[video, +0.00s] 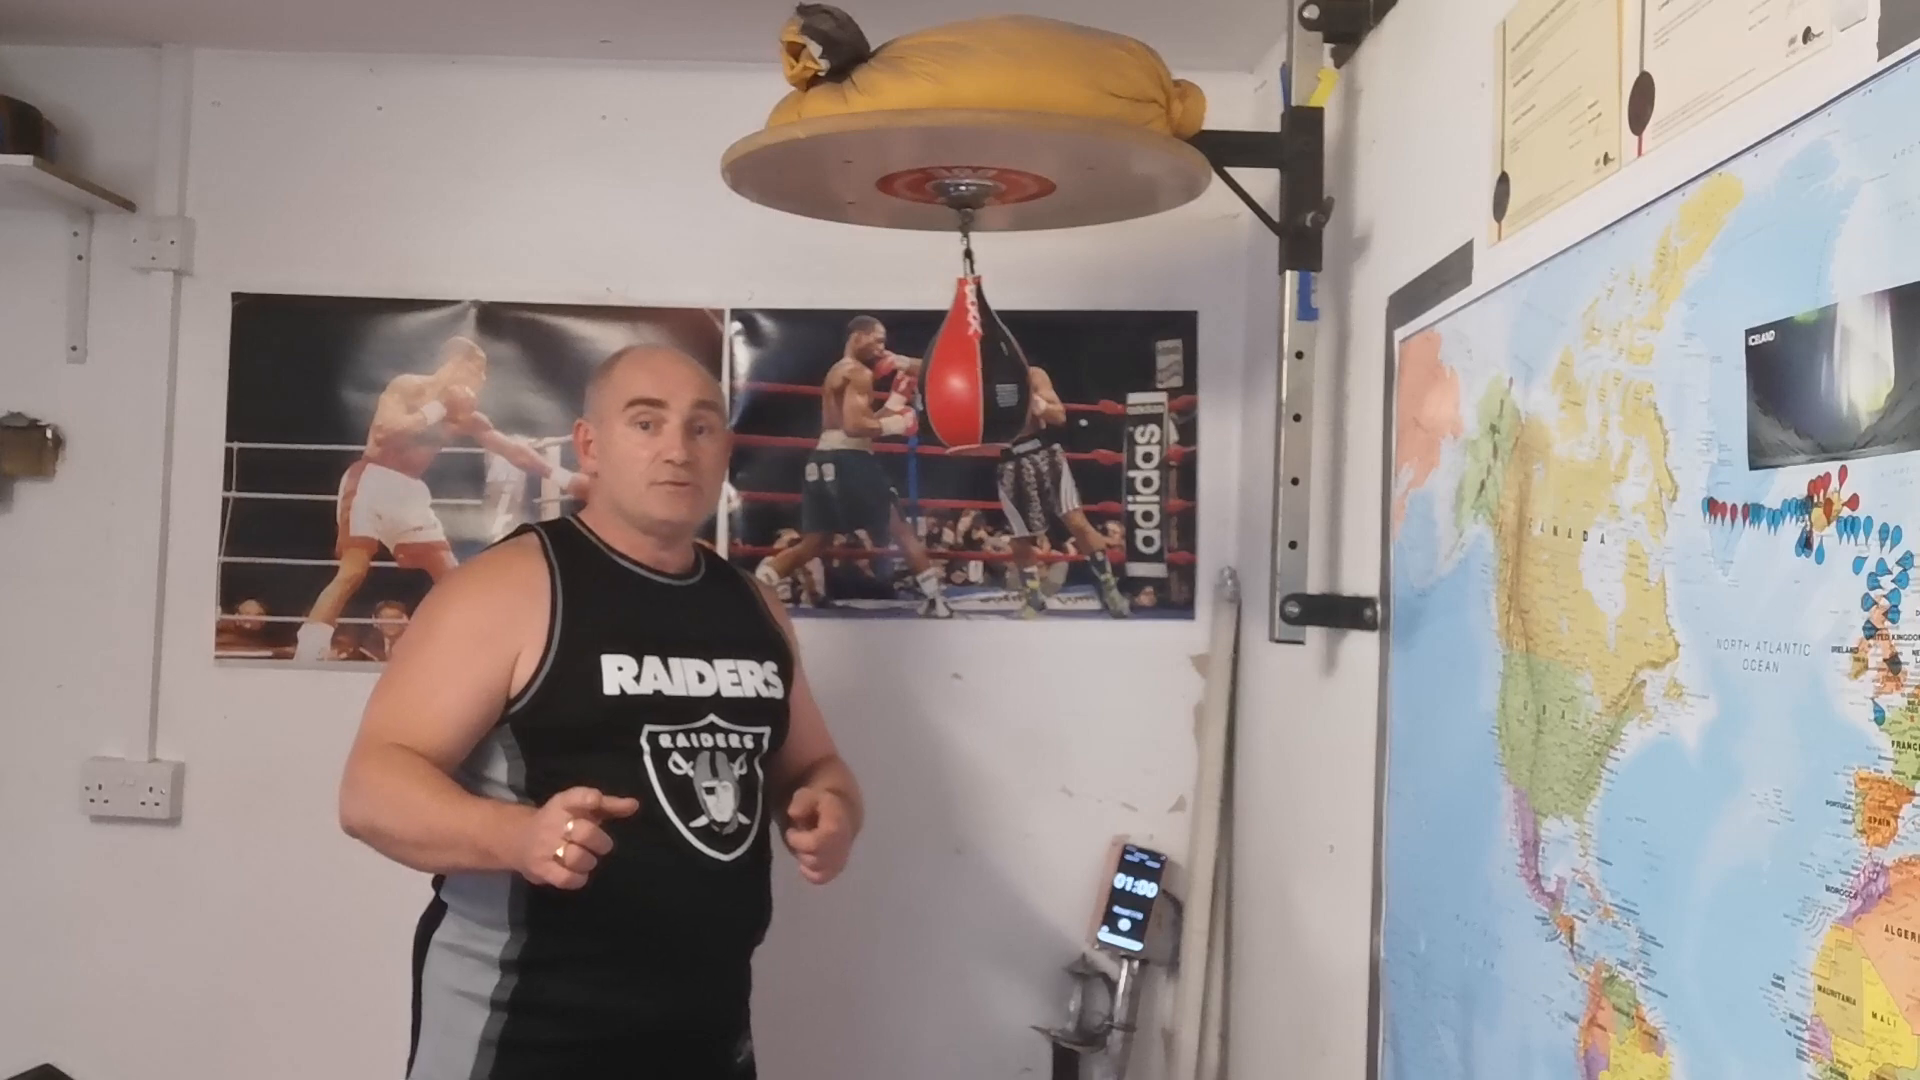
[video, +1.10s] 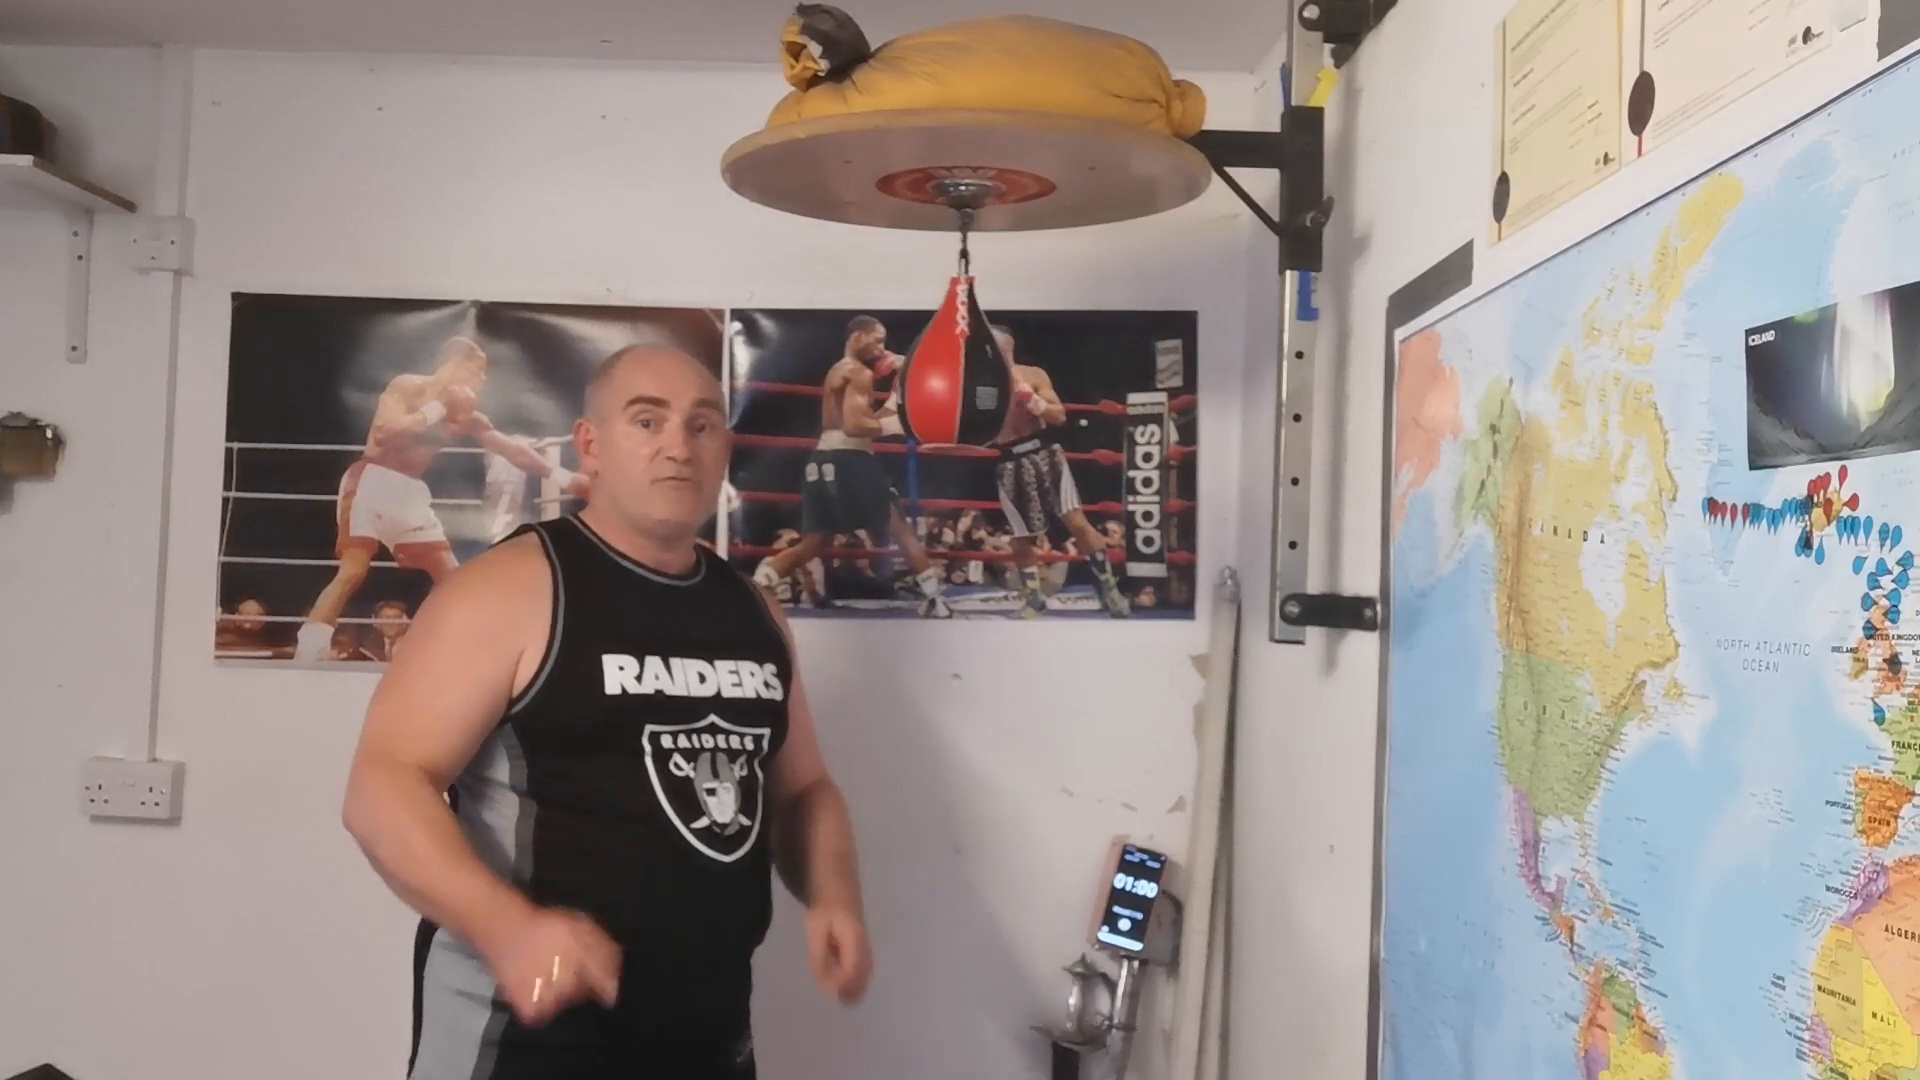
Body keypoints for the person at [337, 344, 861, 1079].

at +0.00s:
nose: (677, 449)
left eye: (701, 425)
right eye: (645, 421)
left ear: (727, 454)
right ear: (587, 445)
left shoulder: (750, 607)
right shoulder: (505, 588)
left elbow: (813, 765)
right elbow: (374, 787)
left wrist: (829, 813)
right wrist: (513, 834)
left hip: (702, 1017)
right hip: (524, 1019)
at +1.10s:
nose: (679, 446)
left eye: (702, 424)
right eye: (646, 419)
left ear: (726, 454)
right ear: (588, 445)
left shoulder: (750, 611)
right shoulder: (508, 588)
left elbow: (802, 790)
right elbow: (382, 786)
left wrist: (831, 898)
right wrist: (509, 931)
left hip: (706, 1024)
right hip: (534, 1028)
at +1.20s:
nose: (682, 447)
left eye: (706, 423)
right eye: (650, 418)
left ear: (731, 452)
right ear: (593, 443)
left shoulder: (750, 612)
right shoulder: (510, 589)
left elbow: (799, 804)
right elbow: (387, 795)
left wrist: (828, 962)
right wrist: (478, 1003)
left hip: (709, 1030)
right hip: (542, 1035)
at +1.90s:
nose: (690, 444)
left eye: (709, 421)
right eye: (655, 418)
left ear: (731, 450)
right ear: (594, 447)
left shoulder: (744, 610)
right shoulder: (518, 592)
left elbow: (795, 803)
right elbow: (396, 800)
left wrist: (841, 965)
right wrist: (516, 991)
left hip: (724, 1035)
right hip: (565, 1040)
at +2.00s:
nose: (685, 443)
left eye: (705, 421)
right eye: (650, 418)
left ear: (725, 450)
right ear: (590, 448)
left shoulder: (742, 609)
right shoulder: (513, 592)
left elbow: (793, 784)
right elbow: (389, 794)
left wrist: (840, 887)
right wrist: (544, 906)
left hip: (716, 1031)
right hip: (545, 1037)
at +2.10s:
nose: (681, 444)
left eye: (701, 421)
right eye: (646, 418)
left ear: (724, 450)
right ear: (586, 446)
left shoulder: (743, 607)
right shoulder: (508, 592)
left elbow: (789, 772)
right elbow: (383, 793)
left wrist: (814, 807)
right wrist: (556, 820)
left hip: (715, 1022)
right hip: (540, 1024)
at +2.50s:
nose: (680, 442)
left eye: (701, 420)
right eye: (647, 415)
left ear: (725, 450)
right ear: (587, 444)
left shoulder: (748, 608)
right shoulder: (502, 593)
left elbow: (809, 778)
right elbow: (375, 790)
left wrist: (814, 856)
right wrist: (507, 878)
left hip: (709, 1026)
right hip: (532, 1030)